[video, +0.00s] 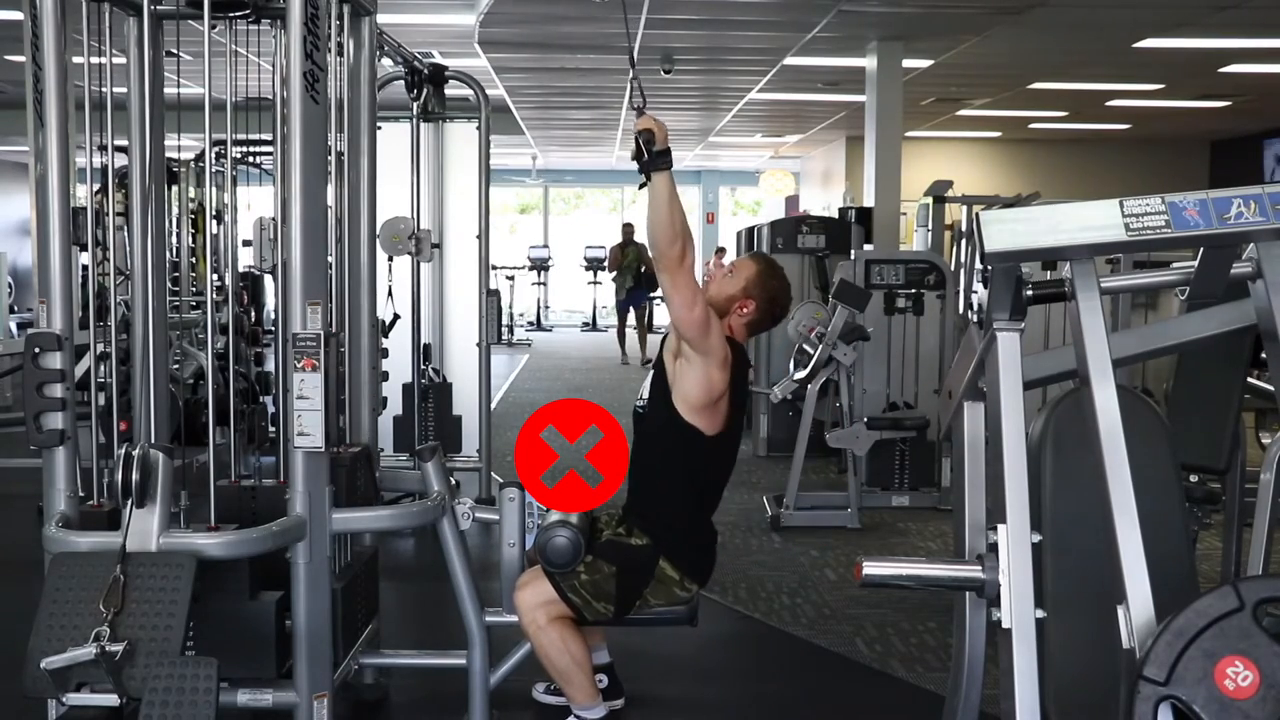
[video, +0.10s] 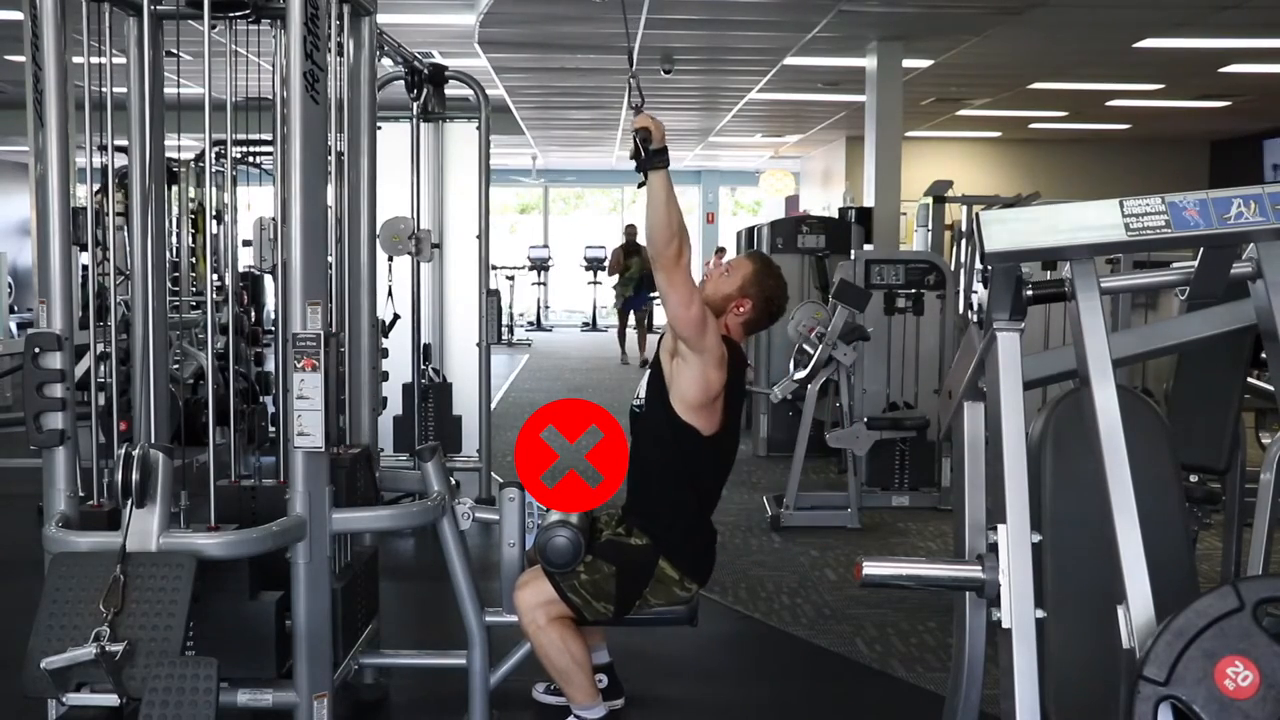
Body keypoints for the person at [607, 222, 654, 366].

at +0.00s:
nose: (628, 236)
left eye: (631, 233)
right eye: (626, 233)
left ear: (634, 233)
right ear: (622, 233)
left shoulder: (641, 248)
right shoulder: (616, 249)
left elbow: (650, 266)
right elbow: (611, 268)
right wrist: (623, 257)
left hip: (639, 288)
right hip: (622, 289)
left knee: (641, 323)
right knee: (622, 324)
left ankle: (644, 355)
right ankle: (623, 354)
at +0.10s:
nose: (631, 237)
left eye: (634, 234)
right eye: (629, 234)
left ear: (637, 234)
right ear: (624, 234)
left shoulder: (644, 251)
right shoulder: (618, 252)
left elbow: (651, 269)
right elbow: (610, 271)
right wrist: (623, 267)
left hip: (641, 291)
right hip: (624, 292)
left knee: (641, 324)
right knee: (622, 325)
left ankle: (643, 355)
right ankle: (623, 353)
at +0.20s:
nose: (635, 236)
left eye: (637, 233)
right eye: (632, 233)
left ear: (641, 234)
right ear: (628, 234)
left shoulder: (647, 250)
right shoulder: (621, 251)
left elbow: (657, 267)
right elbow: (610, 272)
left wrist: (648, 271)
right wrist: (624, 272)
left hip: (643, 293)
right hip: (626, 293)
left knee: (643, 325)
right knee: (623, 325)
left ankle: (643, 356)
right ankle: (623, 351)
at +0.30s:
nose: (635, 234)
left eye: (637, 231)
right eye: (633, 231)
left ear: (642, 232)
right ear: (629, 232)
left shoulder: (648, 250)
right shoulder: (622, 250)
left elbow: (658, 268)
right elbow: (610, 270)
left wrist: (648, 271)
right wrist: (625, 275)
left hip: (644, 295)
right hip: (627, 295)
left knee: (644, 327)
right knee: (624, 324)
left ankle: (642, 357)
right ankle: (624, 344)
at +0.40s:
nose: (635, 232)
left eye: (637, 229)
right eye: (632, 229)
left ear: (642, 230)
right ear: (629, 230)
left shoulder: (649, 248)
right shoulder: (622, 248)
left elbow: (659, 269)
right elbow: (610, 269)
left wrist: (646, 272)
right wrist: (623, 275)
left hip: (644, 289)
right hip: (628, 289)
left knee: (644, 325)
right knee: (624, 324)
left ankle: (642, 357)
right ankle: (625, 348)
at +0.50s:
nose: (634, 232)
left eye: (636, 228)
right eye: (631, 229)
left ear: (641, 229)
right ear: (628, 230)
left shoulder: (649, 248)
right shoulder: (622, 249)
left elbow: (659, 269)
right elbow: (611, 269)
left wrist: (646, 272)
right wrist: (622, 276)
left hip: (644, 290)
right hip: (628, 290)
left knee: (644, 325)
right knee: (625, 325)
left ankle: (642, 358)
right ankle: (626, 356)